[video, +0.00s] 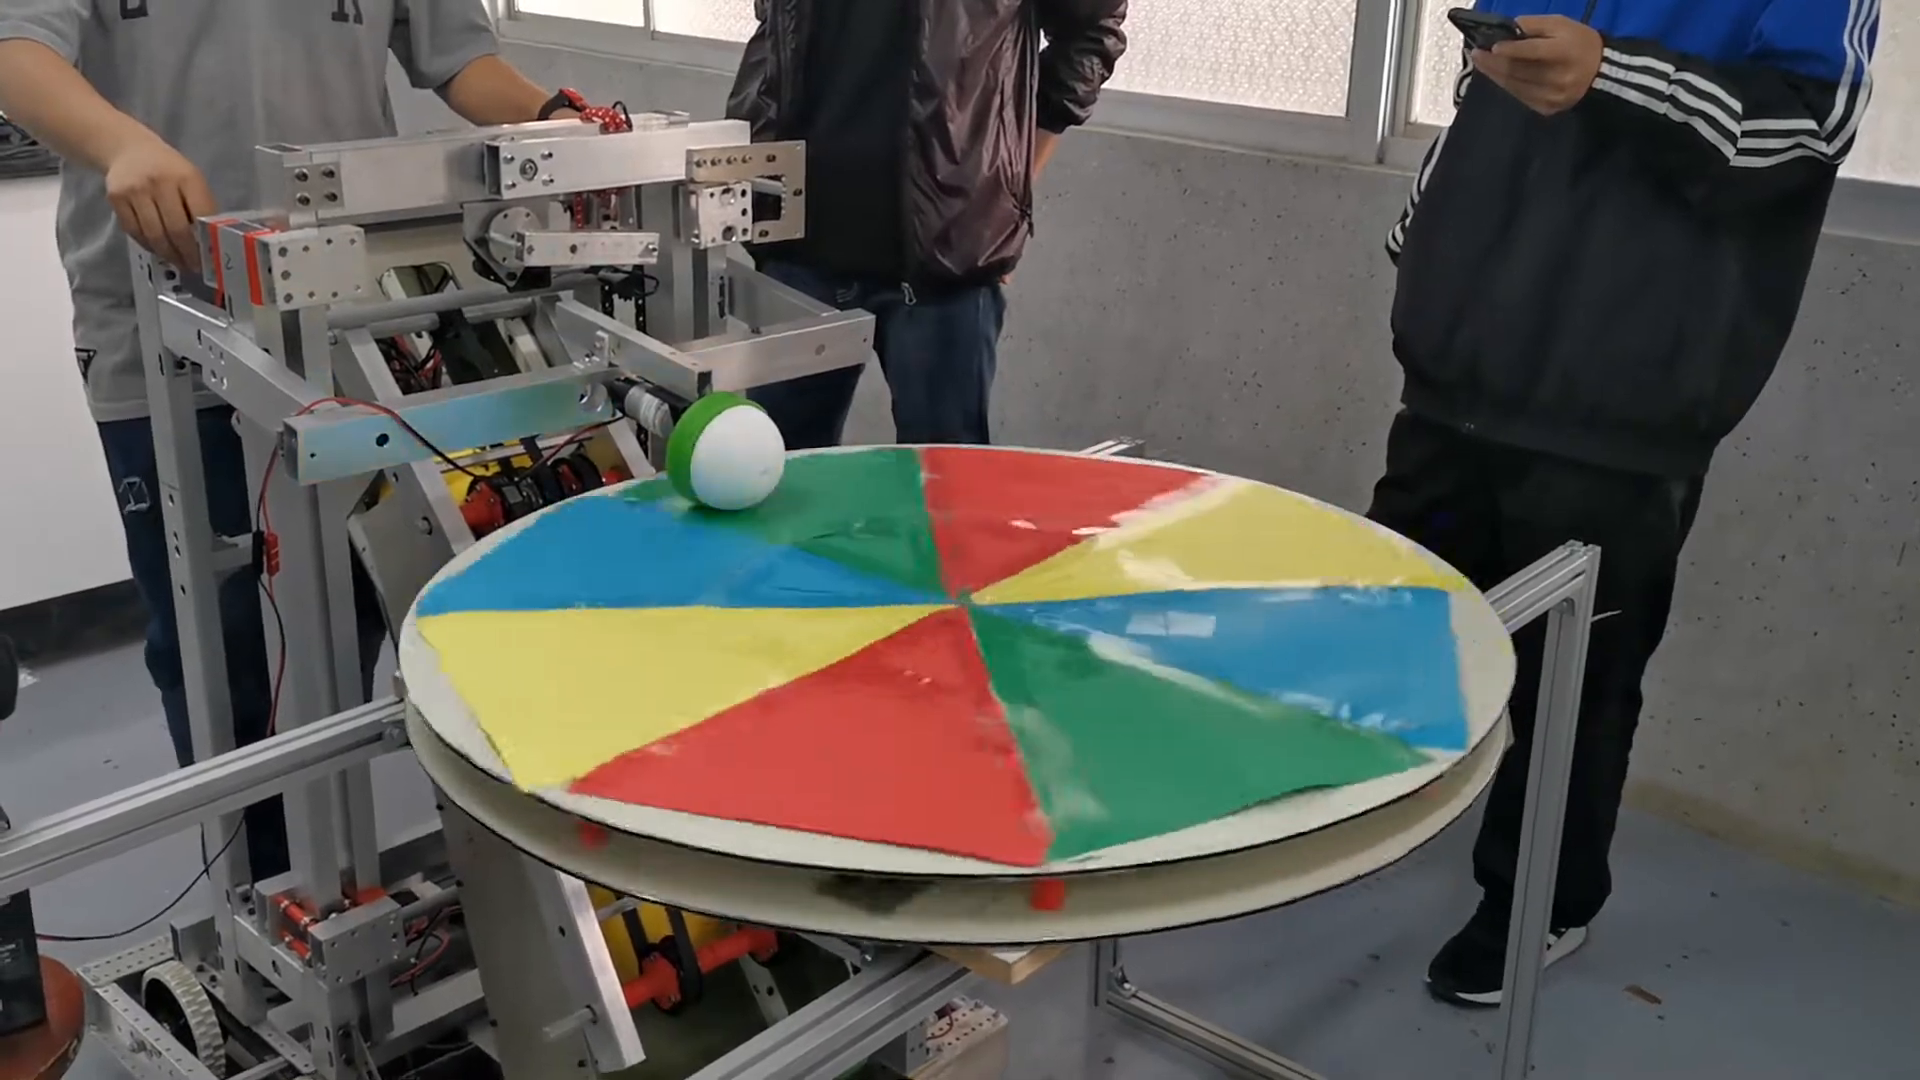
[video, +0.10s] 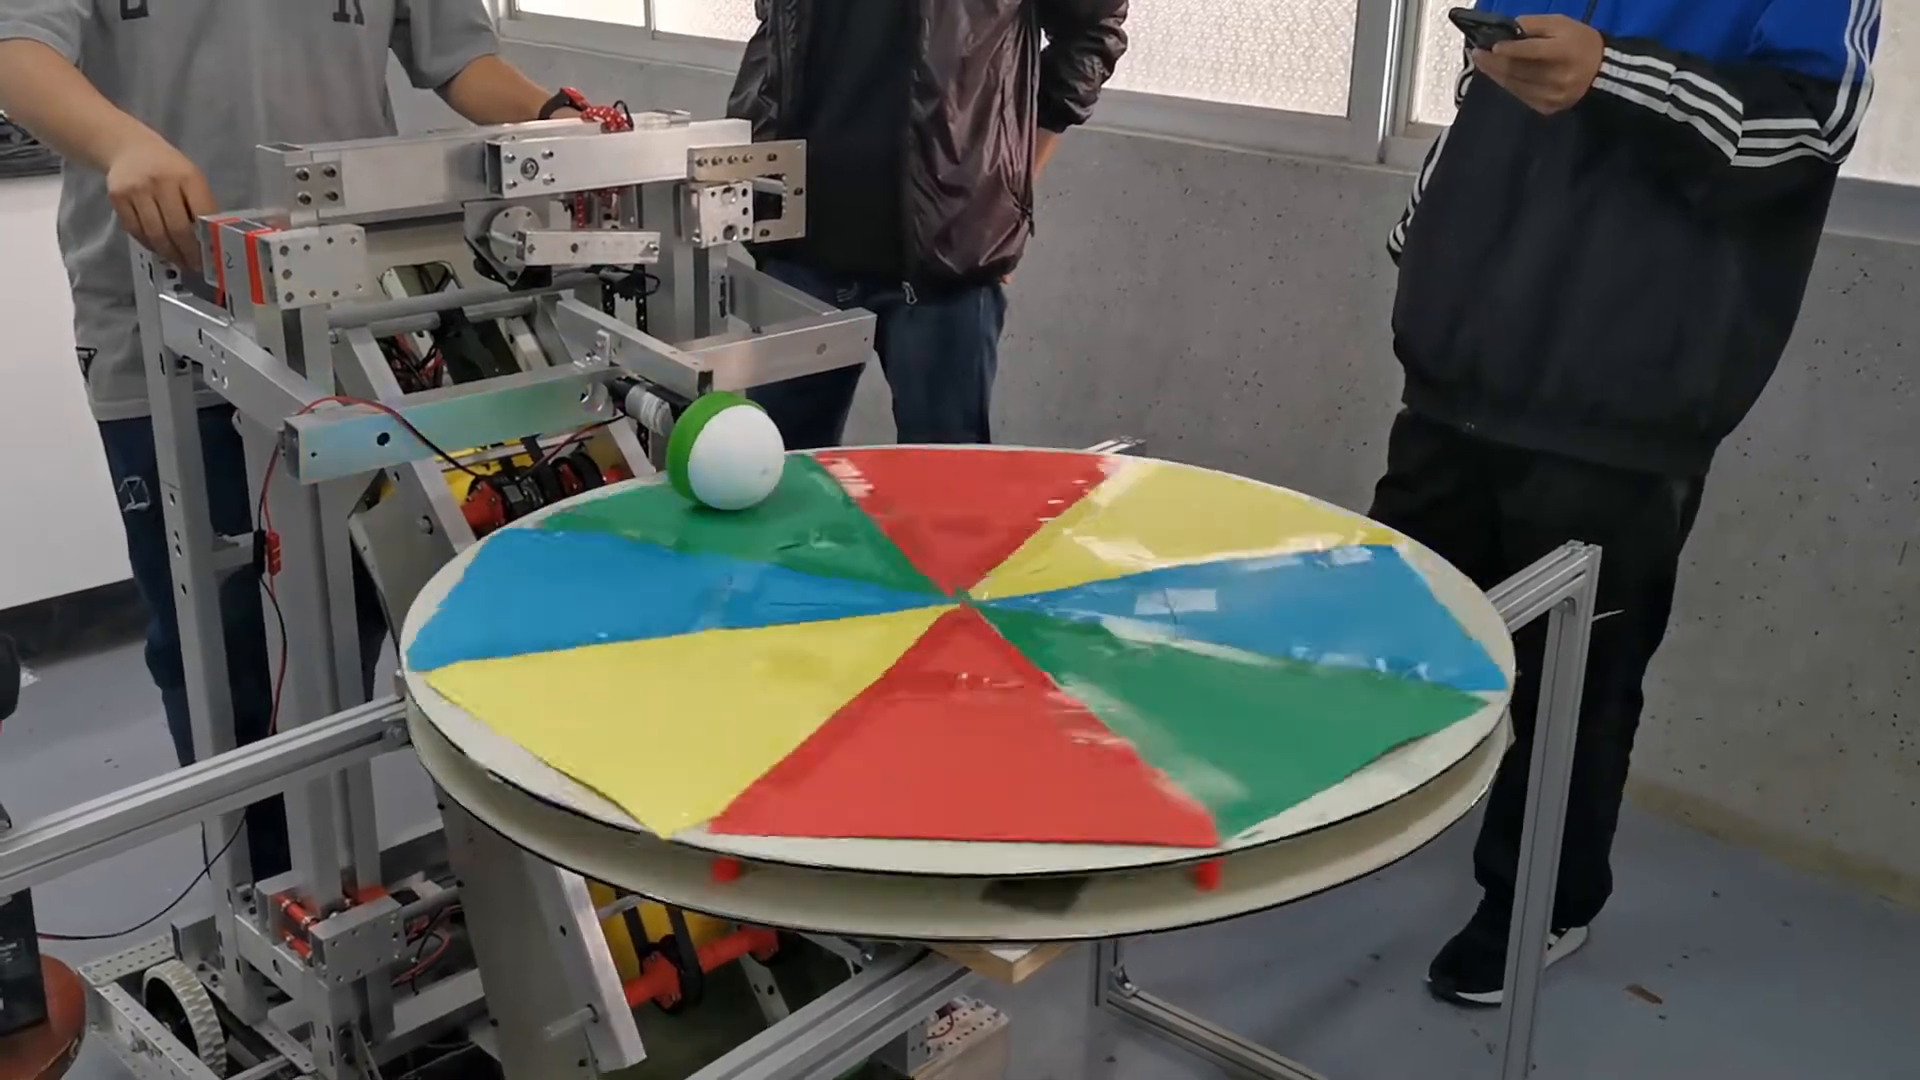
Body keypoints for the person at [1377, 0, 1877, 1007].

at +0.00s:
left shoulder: (1815, 9)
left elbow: (1806, 130)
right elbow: (1490, 85)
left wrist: (1606, 73)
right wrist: (1416, 245)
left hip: (1638, 369)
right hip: (1474, 323)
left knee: (1576, 661)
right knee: (1405, 612)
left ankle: (1536, 901)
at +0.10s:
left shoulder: (1817, 9)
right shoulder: (1546, 4)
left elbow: (1807, 130)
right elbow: (1490, 89)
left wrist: (1607, 73)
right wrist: (1417, 245)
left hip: (1638, 370)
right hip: (1474, 325)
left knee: (1576, 661)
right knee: (1405, 610)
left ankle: (1537, 901)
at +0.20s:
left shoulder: (1816, 9)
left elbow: (1810, 128)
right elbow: (1492, 86)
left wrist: (1609, 73)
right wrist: (1418, 246)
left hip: (1639, 369)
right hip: (1476, 324)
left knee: (1577, 661)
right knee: (1404, 610)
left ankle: (1538, 899)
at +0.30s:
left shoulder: (1818, 8)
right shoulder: (1546, 3)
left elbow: (1811, 128)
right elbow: (1492, 88)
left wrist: (1610, 73)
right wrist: (1421, 241)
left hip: (1641, 367)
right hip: (1477, 321)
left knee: (1578, 660)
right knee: (1405, 607)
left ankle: (1538, 901)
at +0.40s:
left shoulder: (1818, 10)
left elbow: (1813, 126)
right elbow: (1495, 83)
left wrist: (1611, 72)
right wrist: (1420, 245)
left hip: (1643, 363)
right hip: (1479, 317)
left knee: (1579, 657)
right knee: (1410, 605)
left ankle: (1542, 897)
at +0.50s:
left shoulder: (1820, 10)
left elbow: (1815, 126)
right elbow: (1495, 71)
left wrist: (1613, 71)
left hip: (1645, 361)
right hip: (1481, 315)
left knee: (1580, 655)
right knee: (1412, 606)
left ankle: (1543, 898)